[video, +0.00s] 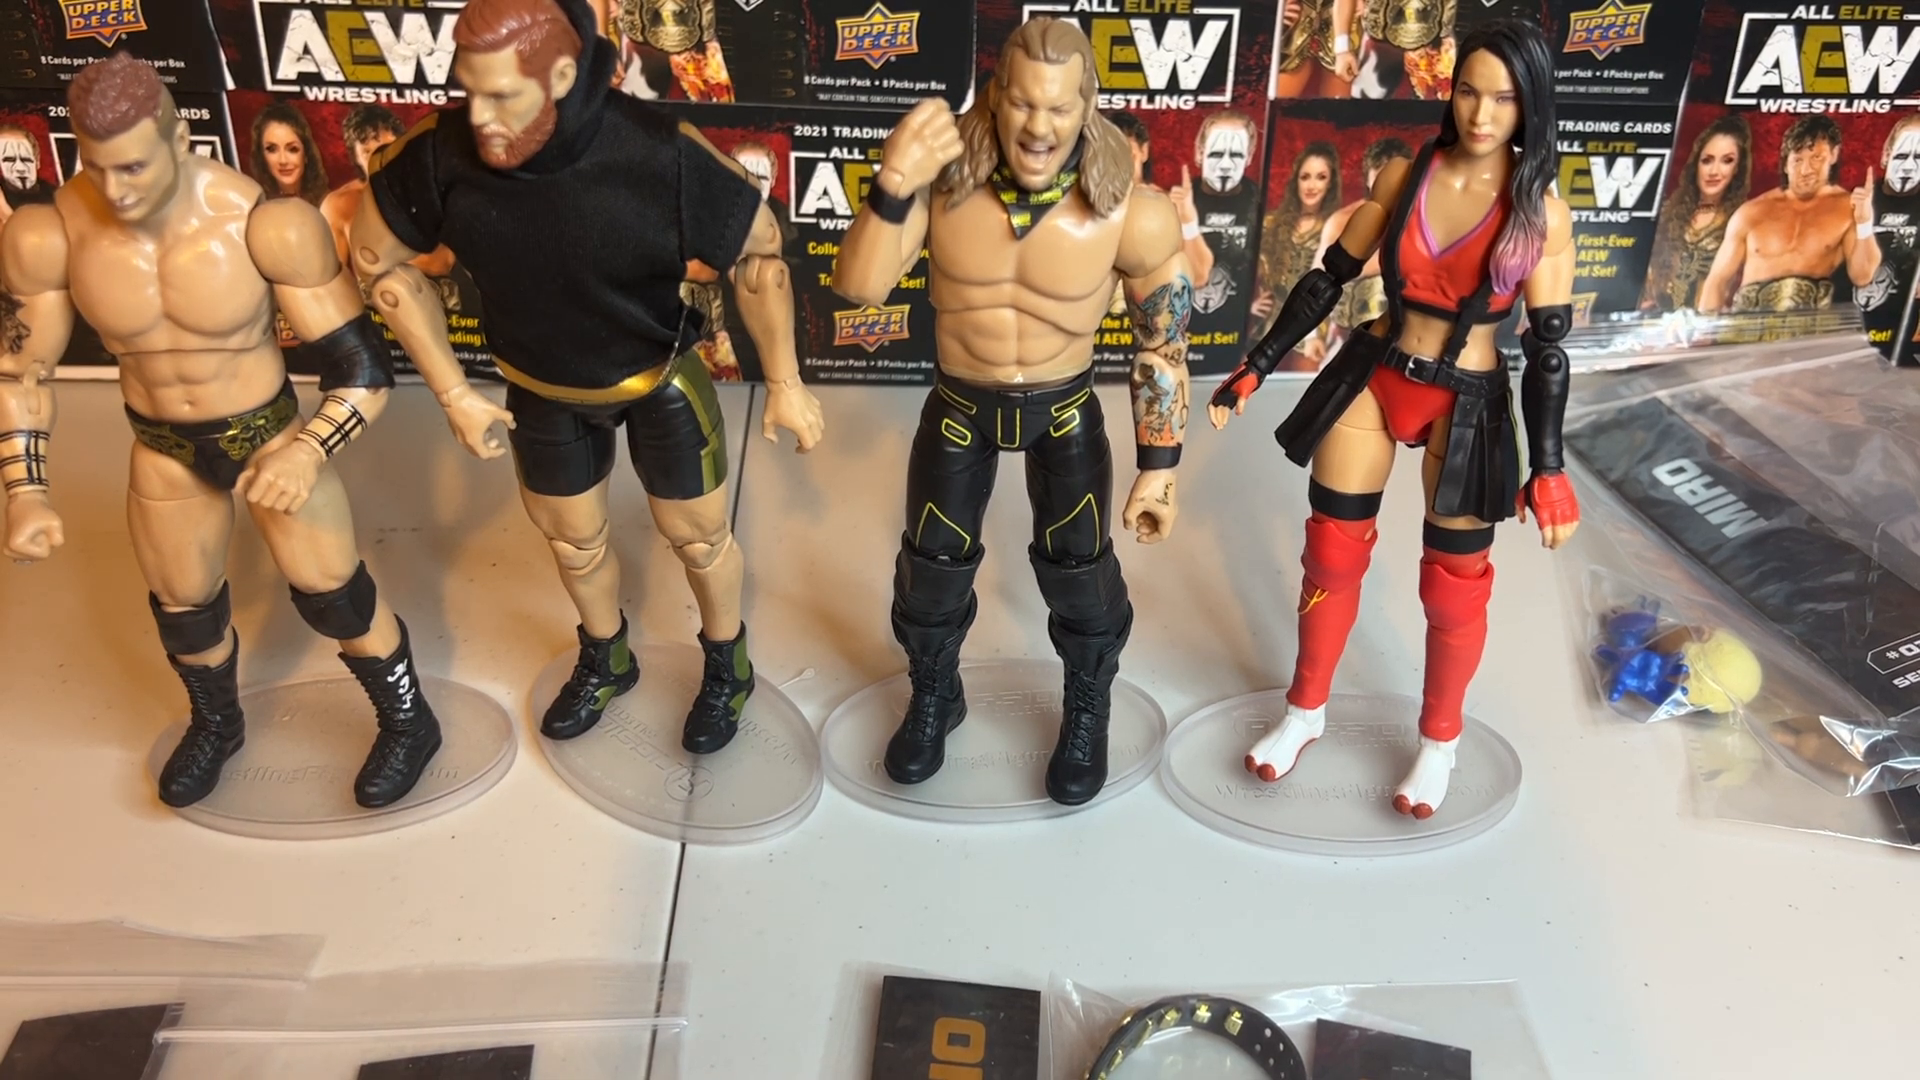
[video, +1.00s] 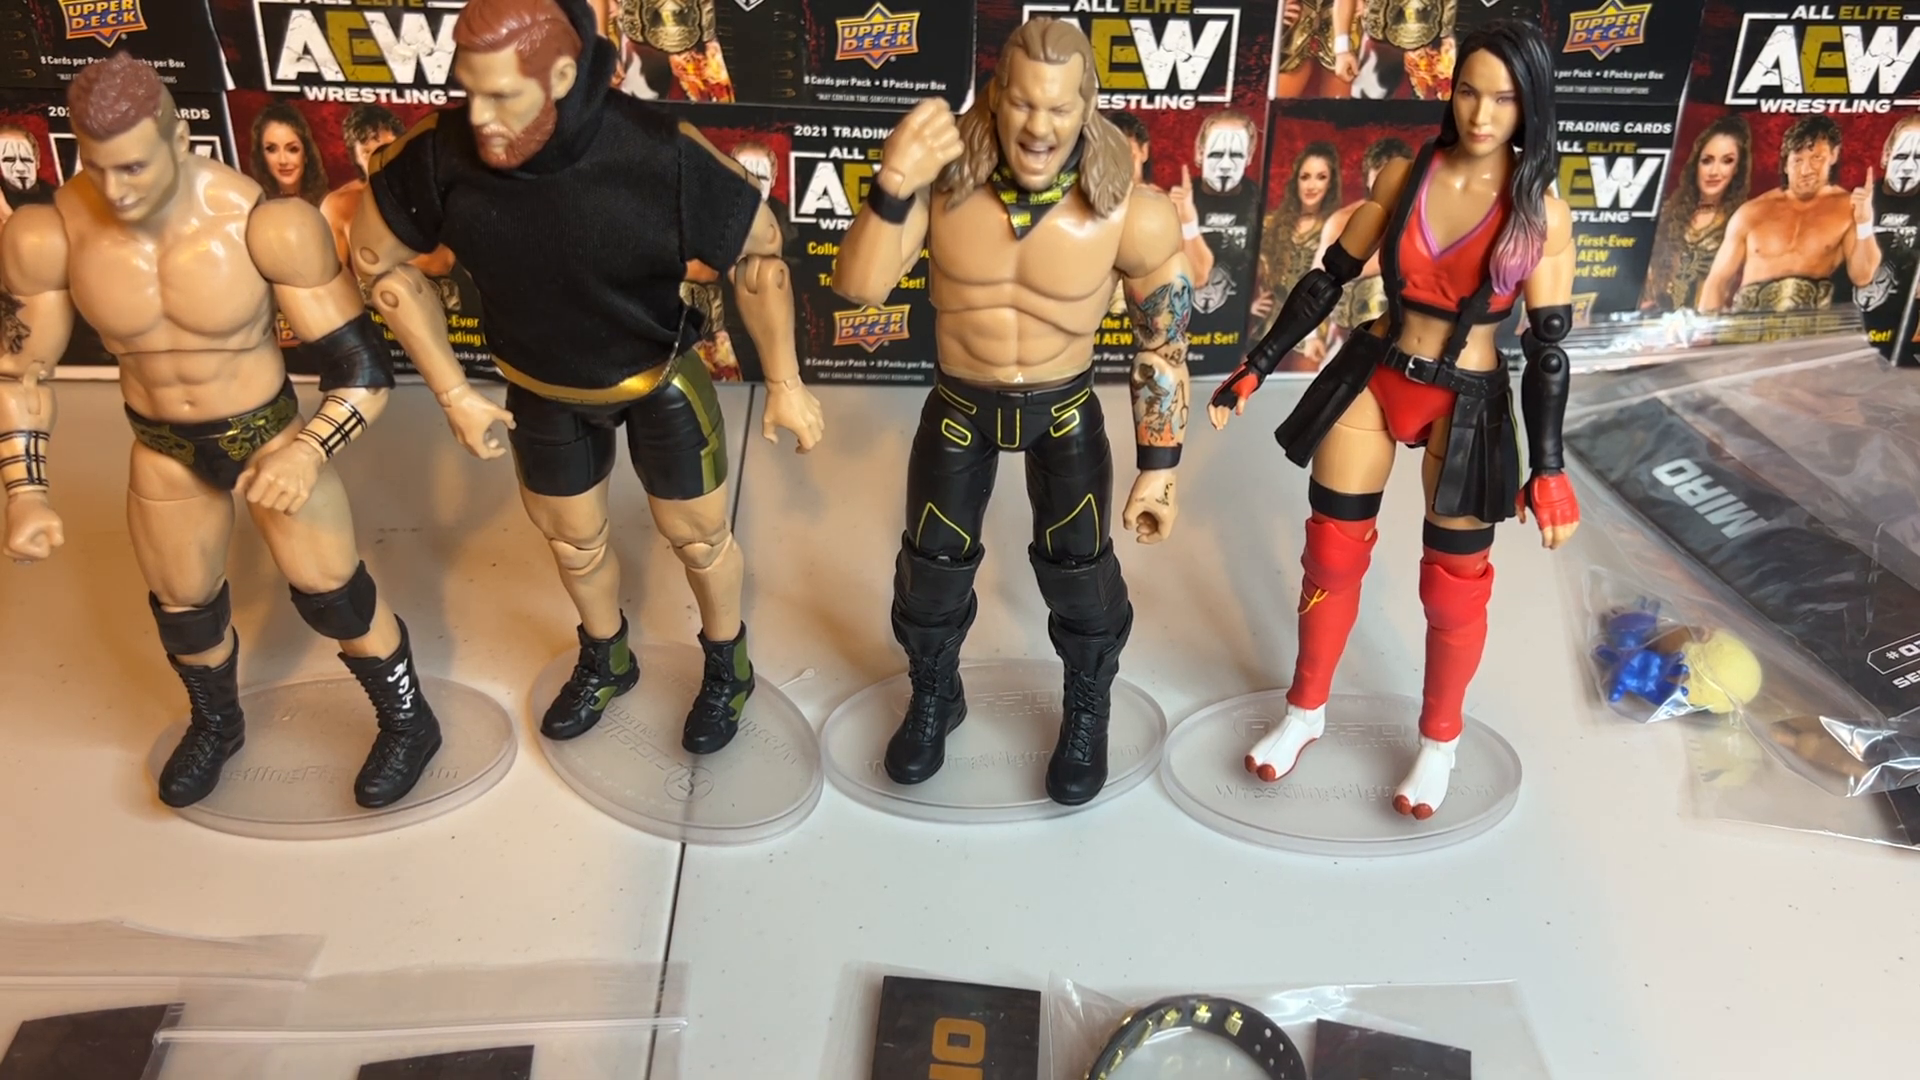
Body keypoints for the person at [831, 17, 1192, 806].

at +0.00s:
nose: (1039, 126)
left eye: (1060, 109)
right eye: (1024, 104)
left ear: (1086, 106)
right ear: (995, 95)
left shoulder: (1129, 208)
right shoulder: (943, 176)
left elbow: (1162, 337)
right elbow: (858, 287)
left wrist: (1161, 463)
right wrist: (892, 189)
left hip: (1064, 408)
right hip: (958, 403)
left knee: (1078, 568)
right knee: (933, 562)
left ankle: (1086, 712)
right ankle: (932, 698)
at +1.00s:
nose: (1040, 127)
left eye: (1060, 109)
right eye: (1024, 104)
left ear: (1086, 107)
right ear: (995, 95)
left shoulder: (1129, 207)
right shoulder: (943, 176)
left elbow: (1163, 337)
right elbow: (857, 287)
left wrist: (1161, 463)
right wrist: (892, 190)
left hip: (1064, 408)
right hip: (959, 403)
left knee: (1078, 568)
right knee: (932, 562)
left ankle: (1086, 714)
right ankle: (932, 699)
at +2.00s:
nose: (1039, 127)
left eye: (1060, 109)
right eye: (1024, 104)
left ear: (1086, 107)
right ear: (995, 95)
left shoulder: (1129, 207)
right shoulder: (944, 176)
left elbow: (1163, 338)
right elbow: (857, 287)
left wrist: (1161, 464)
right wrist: (892, 190)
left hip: (1064, 408)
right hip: (959, 403)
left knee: (1078, 568)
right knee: (932, 562)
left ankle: (1086, 714)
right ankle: (932, 699)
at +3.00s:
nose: (1039, 127)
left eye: (1060, 109)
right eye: (1024, 104)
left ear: (1086, 106)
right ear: (995, 95)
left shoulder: (1129, 207)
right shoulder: (943, 176)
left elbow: (1163, 338)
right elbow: (858, 288)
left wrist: (1161, 464)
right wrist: (892, 190)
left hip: (1064, 408)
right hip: (959, 403)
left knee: (1078, 568)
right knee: (932, 562)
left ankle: (1086, 713)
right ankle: (932, 699)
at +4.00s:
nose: (1040, 127)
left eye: (1060, 109)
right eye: (1024, 104)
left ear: (1087, 106)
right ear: (995, 94)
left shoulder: (1130, 208)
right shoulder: (944, 177)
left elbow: (1163, 339)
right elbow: (858, 287)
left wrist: (1161, 465)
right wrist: (892, 189)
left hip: (1064, 408)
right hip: (958, 403)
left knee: (1078, 569)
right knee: (933, 563)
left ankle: (1086, 713)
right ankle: (932, 699)